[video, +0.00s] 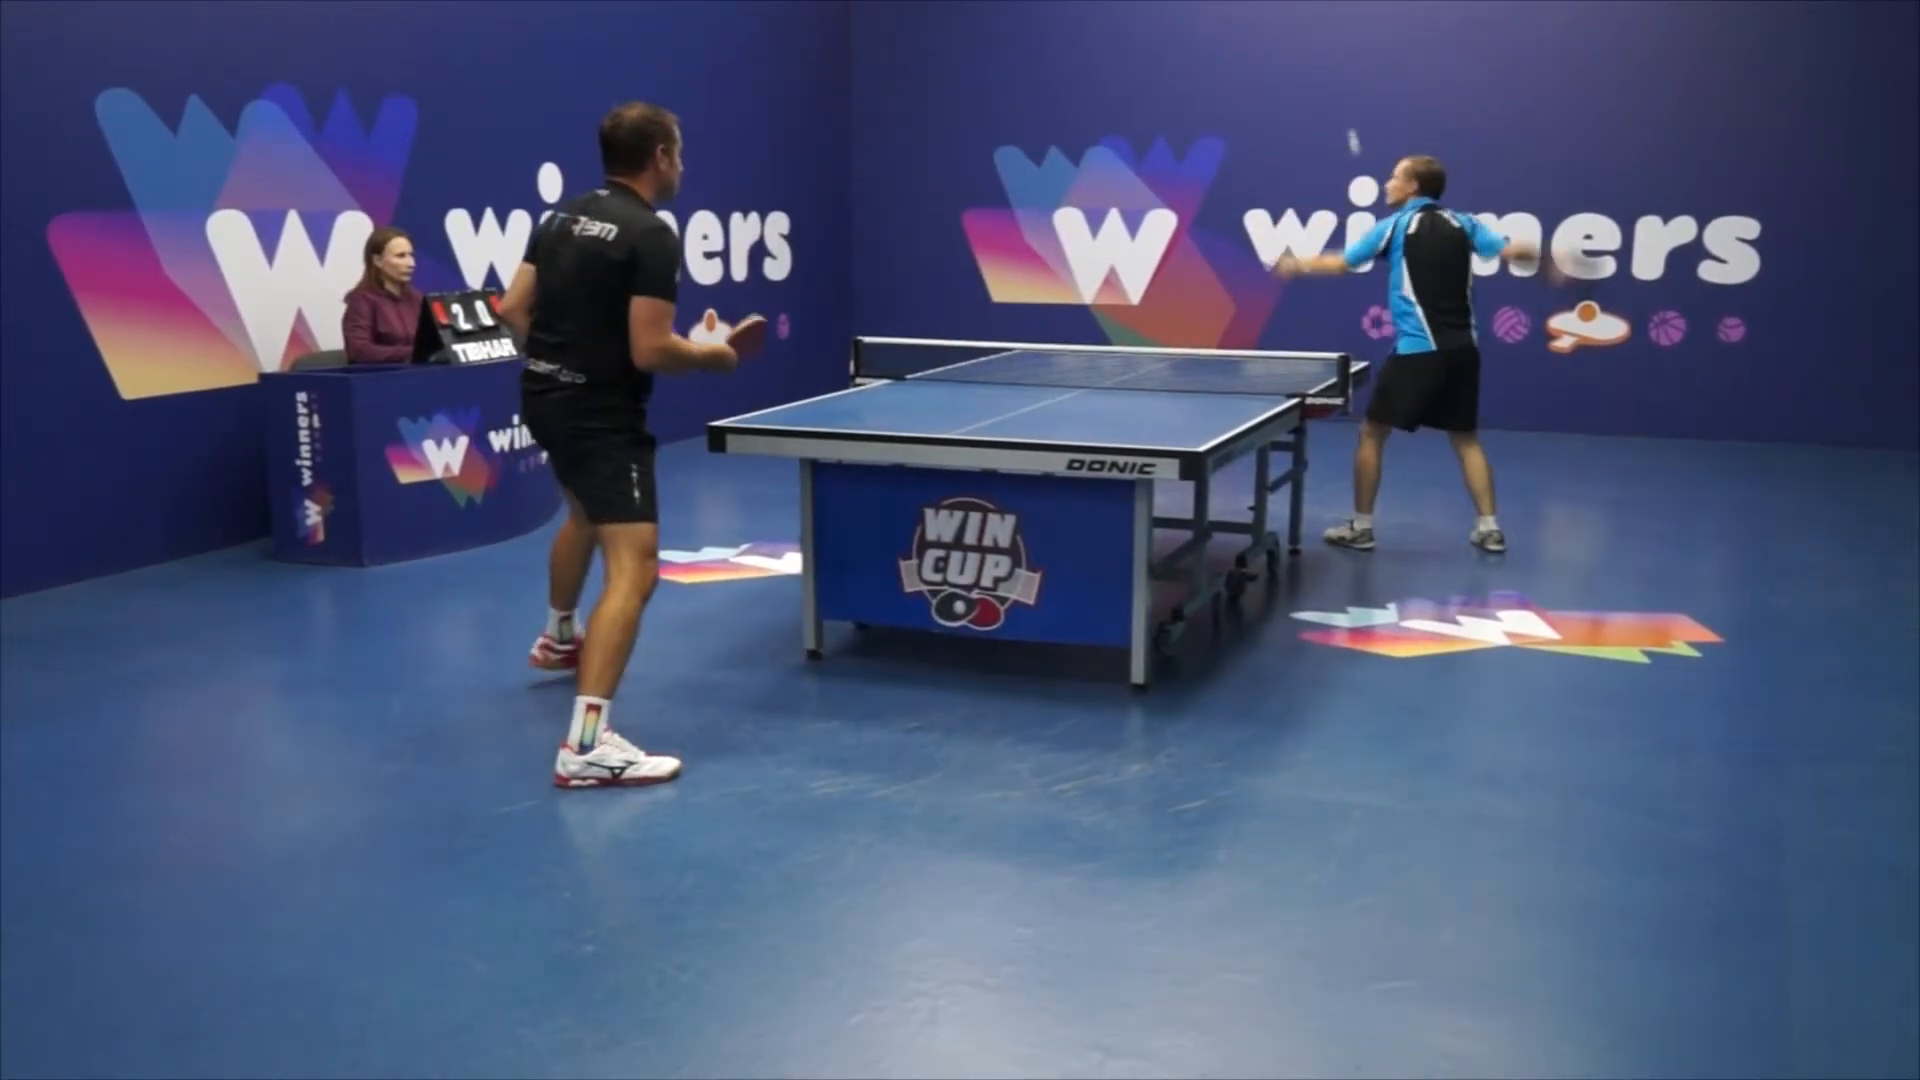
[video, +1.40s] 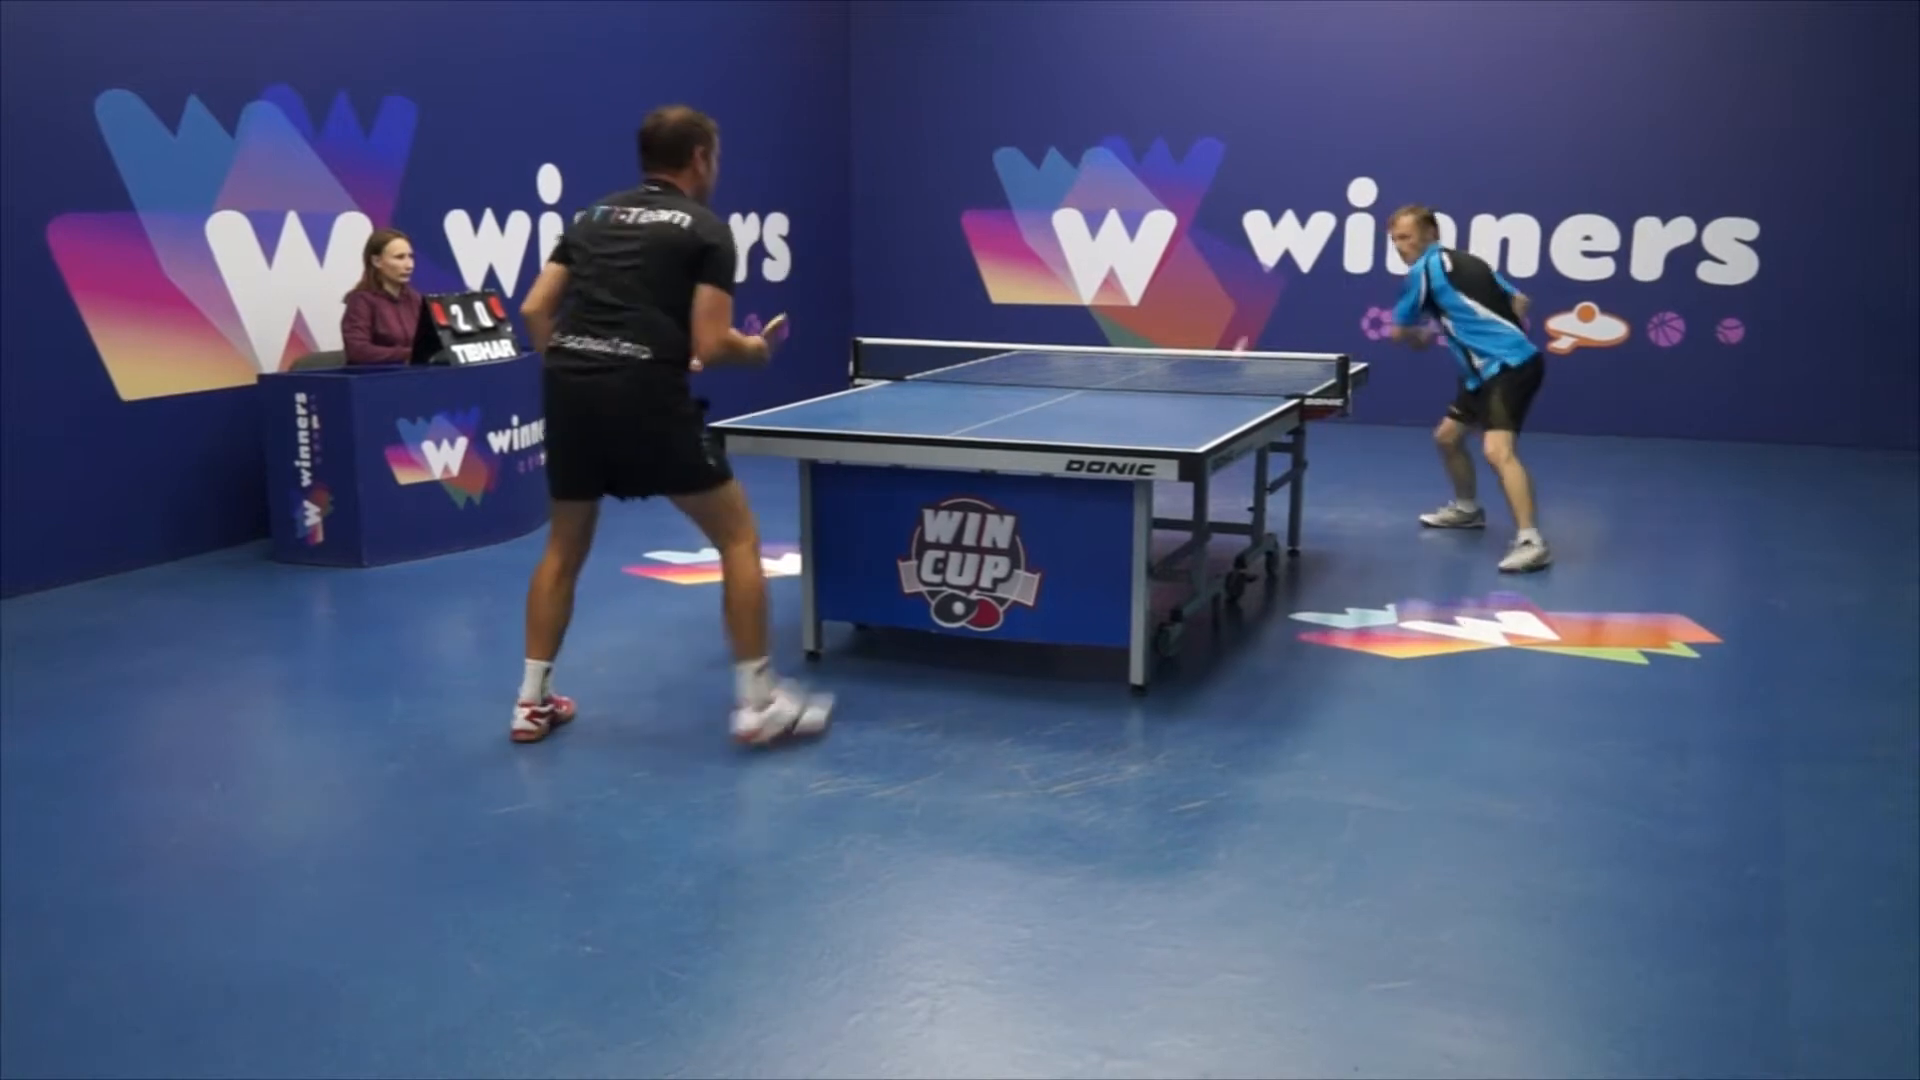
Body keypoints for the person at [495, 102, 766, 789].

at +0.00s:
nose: (680, 164)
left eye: (678, 152)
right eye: (677, 153)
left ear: (611, 158)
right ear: (660, 158)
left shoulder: (564, 216)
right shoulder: (652, 236)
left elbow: (515, 307)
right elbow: (650, 349)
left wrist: (577, 334)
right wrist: (715, 352)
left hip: (546, 396)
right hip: (602, 407)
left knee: (584, 513)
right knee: (634, 571)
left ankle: (560, 633)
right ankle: (586, 740)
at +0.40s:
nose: (711, 188)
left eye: (710, 175)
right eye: (708, 176)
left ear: (649, 175)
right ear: (683, 177)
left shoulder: (595, 221)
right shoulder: (665, 243)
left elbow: (541, 305)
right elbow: (664, 347)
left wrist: (600, 343)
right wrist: (735, 359)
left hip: (561, 388)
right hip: (614, 396)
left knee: (618, 509)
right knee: (683, 541)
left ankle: (585, 641)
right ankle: (637, 679)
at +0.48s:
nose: (720, 194)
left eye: (720, 181)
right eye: (716, 181)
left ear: (665, 175)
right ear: (691, 178)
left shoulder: (610, 217)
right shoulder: (670, 237)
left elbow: (552, 298)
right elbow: (671, 341)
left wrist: (627, 334)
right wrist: (739, 356)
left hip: (566, 385)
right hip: (616, 391)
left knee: (624, 505)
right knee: (713, 521)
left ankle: (585, 637)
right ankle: (669, 667)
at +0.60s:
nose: (736, 211)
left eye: (739, 200)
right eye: (737, 198)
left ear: (685, 179)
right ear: (717, 185)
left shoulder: (628, 214)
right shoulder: (691, 232)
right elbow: (698, 336)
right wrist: (745, 345)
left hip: (570, 375)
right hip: (623, 382)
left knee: (619, 505)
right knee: (729, 506)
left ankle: (584, 642)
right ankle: (750, 659)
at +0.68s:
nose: (751, 224)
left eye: (754, 213)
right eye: (754, 212)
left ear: (702, 184)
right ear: (740, 199)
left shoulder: (635, 218)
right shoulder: (718, 243)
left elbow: (570, 292)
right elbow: (746, 346)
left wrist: (627, 318)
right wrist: (717, 330)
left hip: (578, 372)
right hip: (640, 383)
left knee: (613, 508)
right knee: (742, 508)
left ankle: (583, 640)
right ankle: (789, 650)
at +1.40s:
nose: (715, 172)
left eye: (714, 160)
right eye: (714, 161)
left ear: (646, 161)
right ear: (698, 162)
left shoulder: (594, 216)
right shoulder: (707, 230)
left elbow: (535, 309)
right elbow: (711, 345)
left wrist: (569, 367)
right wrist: (756, 348)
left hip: (571, 397)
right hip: (649, 400)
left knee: (562, 549)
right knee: (737, 538)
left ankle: (531, 700)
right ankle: (757, 699)